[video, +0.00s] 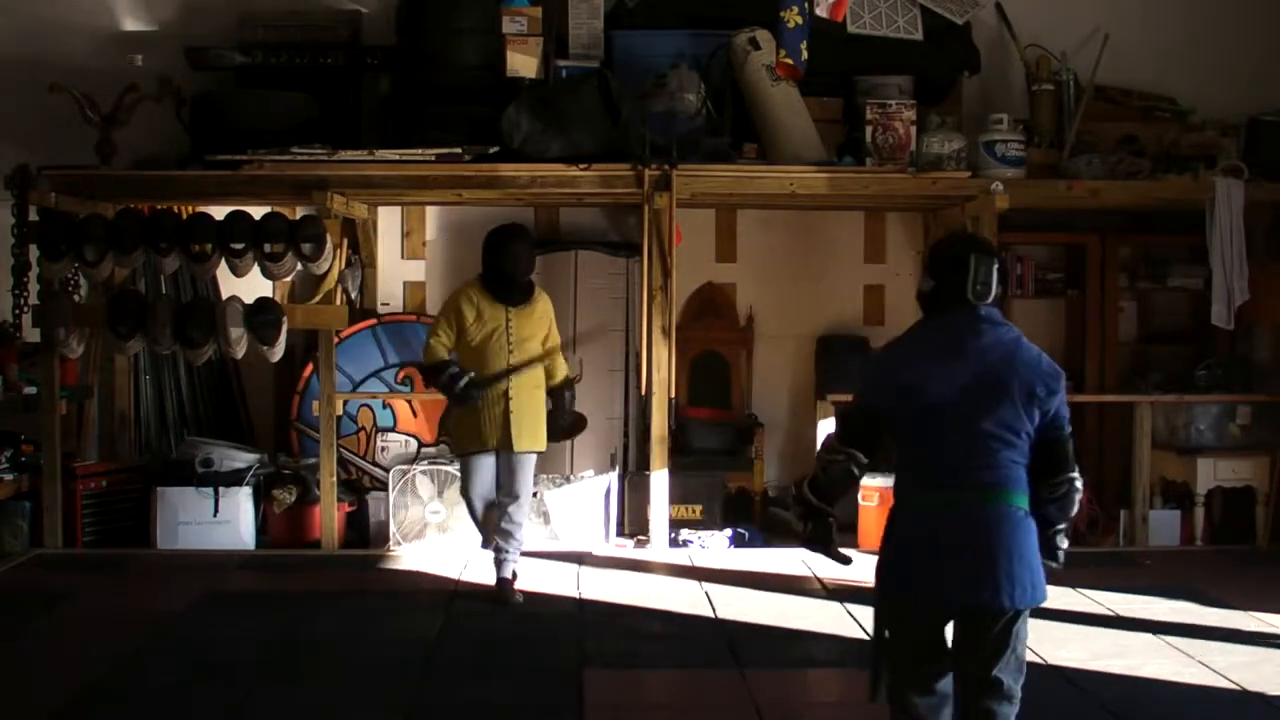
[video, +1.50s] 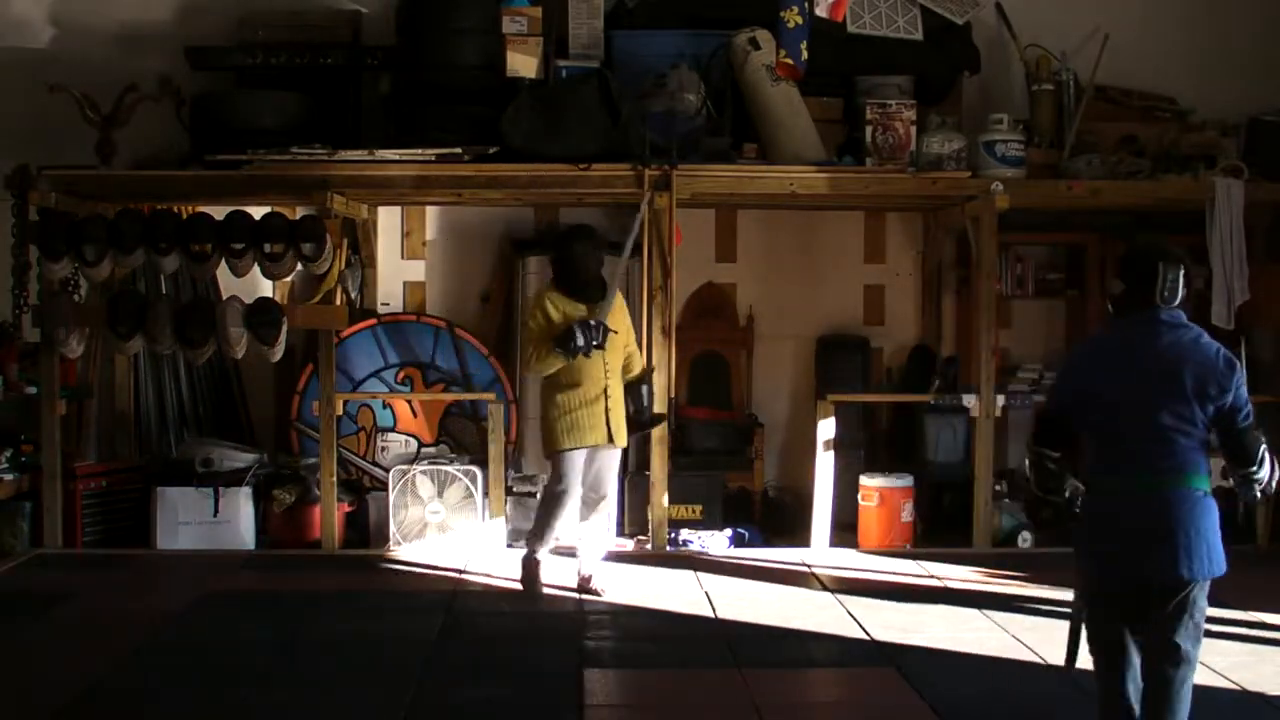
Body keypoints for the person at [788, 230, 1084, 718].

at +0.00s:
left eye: (926, 281)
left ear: (928, 287)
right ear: (993, 290)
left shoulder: (897, 359)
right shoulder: (1035, 367)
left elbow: (850, 451)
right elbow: (1058, 479)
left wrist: (812, 503)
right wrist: (1049, 542)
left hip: (914, 551)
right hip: (1001, 552)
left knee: (918, 690)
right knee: (995, 693)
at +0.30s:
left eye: (954, 287)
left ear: (953, 291)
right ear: (1015, 292)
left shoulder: (924, 364)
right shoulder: (1059, 365)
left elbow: (889, 464)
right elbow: (1089, 473)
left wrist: (867, 538)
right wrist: (1099, 543)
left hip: (947, 550)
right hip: (1029, 551)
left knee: (951, 685)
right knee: (1014, 692)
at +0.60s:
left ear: (967, 287)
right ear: (1033, 286)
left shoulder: (940, 357)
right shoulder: (1069, 352)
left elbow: (910, 457)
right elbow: (1111, 455)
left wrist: (921, 521)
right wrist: (1133, 516)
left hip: (972, 535)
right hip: (1051, 535)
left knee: (981, 678)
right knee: (1071, 664)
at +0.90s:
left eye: (1024, 285)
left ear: (1020, 290)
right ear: (1077, 290)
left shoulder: (993, 356)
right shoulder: (1119, 358)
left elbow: (955, 459)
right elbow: (1151, 468)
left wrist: (987, 503)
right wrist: (1167, 517)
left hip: (1016, 532)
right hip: (1098, 536)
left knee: (1003, 681)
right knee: (1130, 683)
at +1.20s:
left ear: (1089, 291)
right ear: (1148, 289)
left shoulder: (1063, 355)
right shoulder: (1187, 358)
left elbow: (1024, 445)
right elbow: (1225, 453)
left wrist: (1025, 510)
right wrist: (1241, 517)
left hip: (1084, 527)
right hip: (1163, 530)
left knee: (1060, 656)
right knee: (1165, 668)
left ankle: (1040, 716)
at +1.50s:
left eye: (1127, 284)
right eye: (1175, 284)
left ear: (1123, 288)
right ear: (1179, 289)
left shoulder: (1093, 352)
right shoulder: (1211, 357)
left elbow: (1050, 440)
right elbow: (1244, 449)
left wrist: (1062, 489)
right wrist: (1258, 470)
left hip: (1106, 520)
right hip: (1182, 523)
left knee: (1112, 655)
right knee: (1175, 660)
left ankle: (1122, 717)